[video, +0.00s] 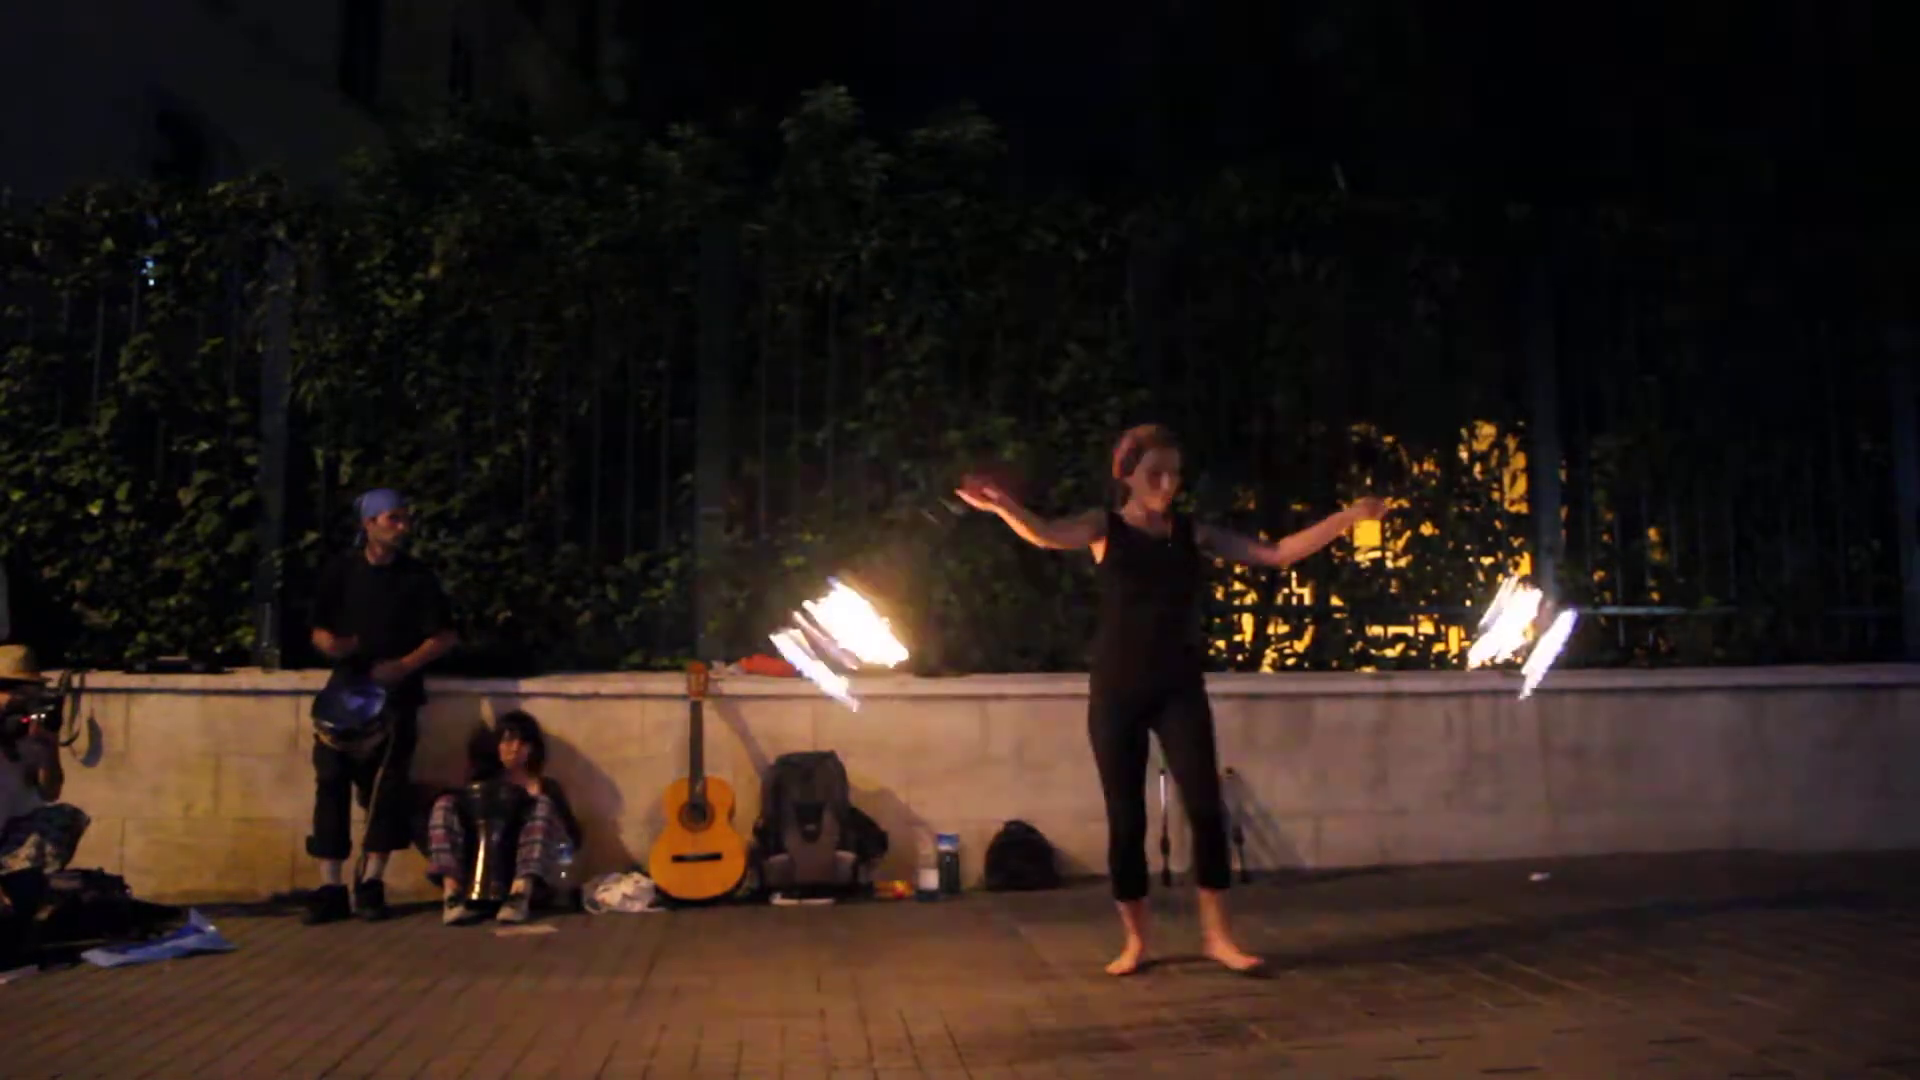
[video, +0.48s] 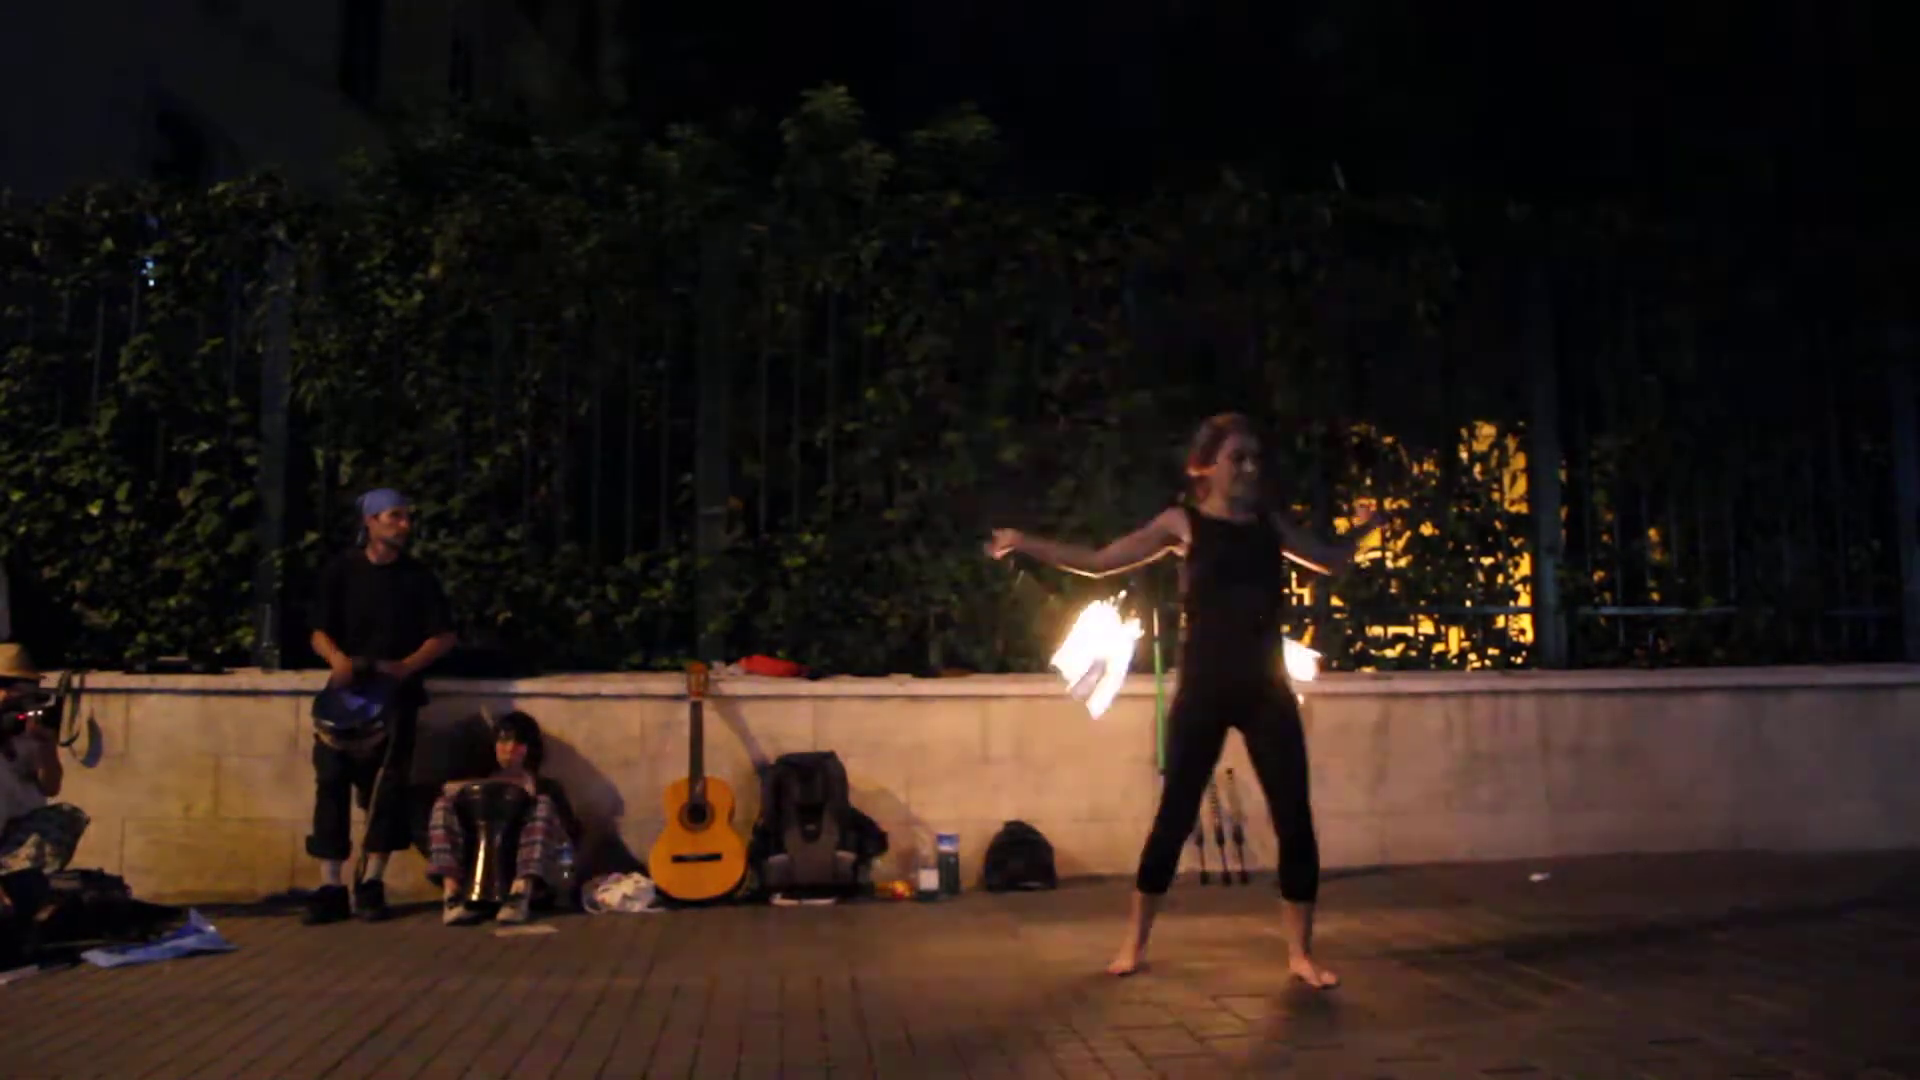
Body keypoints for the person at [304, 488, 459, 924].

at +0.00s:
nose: (402, 526)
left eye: (404, 519)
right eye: (393, 519)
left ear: (405, 525)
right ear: (369, 524)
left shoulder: (417, 576)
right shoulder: (341, 572)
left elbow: (445, 637)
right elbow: (318, 631)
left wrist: (402, 666)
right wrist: (336, 645)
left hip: (396, 693)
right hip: (346, 690)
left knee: (388, 783)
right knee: (331, 781)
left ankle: (371, 881)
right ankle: (331, 883)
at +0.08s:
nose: (402, 527)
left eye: (404, 520)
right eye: (392, 519)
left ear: (407, 526)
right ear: (368, 524)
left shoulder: (417, 575)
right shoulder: (340, 571)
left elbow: (443, 636)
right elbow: (314, 627)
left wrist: (401, 657)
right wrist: (338, 658)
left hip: (397, 692)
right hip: (345, 689)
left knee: (387, 784)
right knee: (331, 782)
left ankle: (371, 880)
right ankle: (332, 882)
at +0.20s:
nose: (403, 525)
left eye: (406, 518)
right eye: (394, 518)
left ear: (410, 525)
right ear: (369, 523)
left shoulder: (418, 577)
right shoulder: (341, 572)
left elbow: (444, 636)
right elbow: (310, 627)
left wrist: (403, 669)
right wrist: (331, 644)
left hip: (395, 695)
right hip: (344, 692)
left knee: (388, 786)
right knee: (331, 784)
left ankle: (371, 880)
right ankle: (332, 882)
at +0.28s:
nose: (403, 525)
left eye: (406, 518)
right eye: (394, 518)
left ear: (407, 525)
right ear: (370, 523)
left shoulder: (418, 576)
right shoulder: (341, 571)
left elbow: (444, 636)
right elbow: (311, 629)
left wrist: (408, 665)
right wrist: (332, 640)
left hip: (395, 694)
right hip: (344, 690)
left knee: (388, 785)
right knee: (331, 783)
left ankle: (371, 881)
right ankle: (332, 883)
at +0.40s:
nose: (404, 525)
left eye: (407, 518)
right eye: (395, 518)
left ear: (408, 525)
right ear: (370, 522)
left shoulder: (418, 576)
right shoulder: (341, 571)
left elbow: (443, 637)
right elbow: (315, 632)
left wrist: (407, 669)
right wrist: (336, 645)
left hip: (395, 694)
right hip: (345, 691)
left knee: (389, 786)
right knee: (331, 783)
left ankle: (371, 881)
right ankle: (331, 883)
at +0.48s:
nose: (404, 525)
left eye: (407, 518)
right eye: (395, 518)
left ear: (408, 525)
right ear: (370, 522)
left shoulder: (418, 576)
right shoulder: (340, 572)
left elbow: (444, 636)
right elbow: (318, 631)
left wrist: (404, 667)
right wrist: (338, 660)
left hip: (395, 695)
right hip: (344, 692)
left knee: (389, 784)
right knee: (331, 783)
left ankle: (371, 881)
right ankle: (331, 883)